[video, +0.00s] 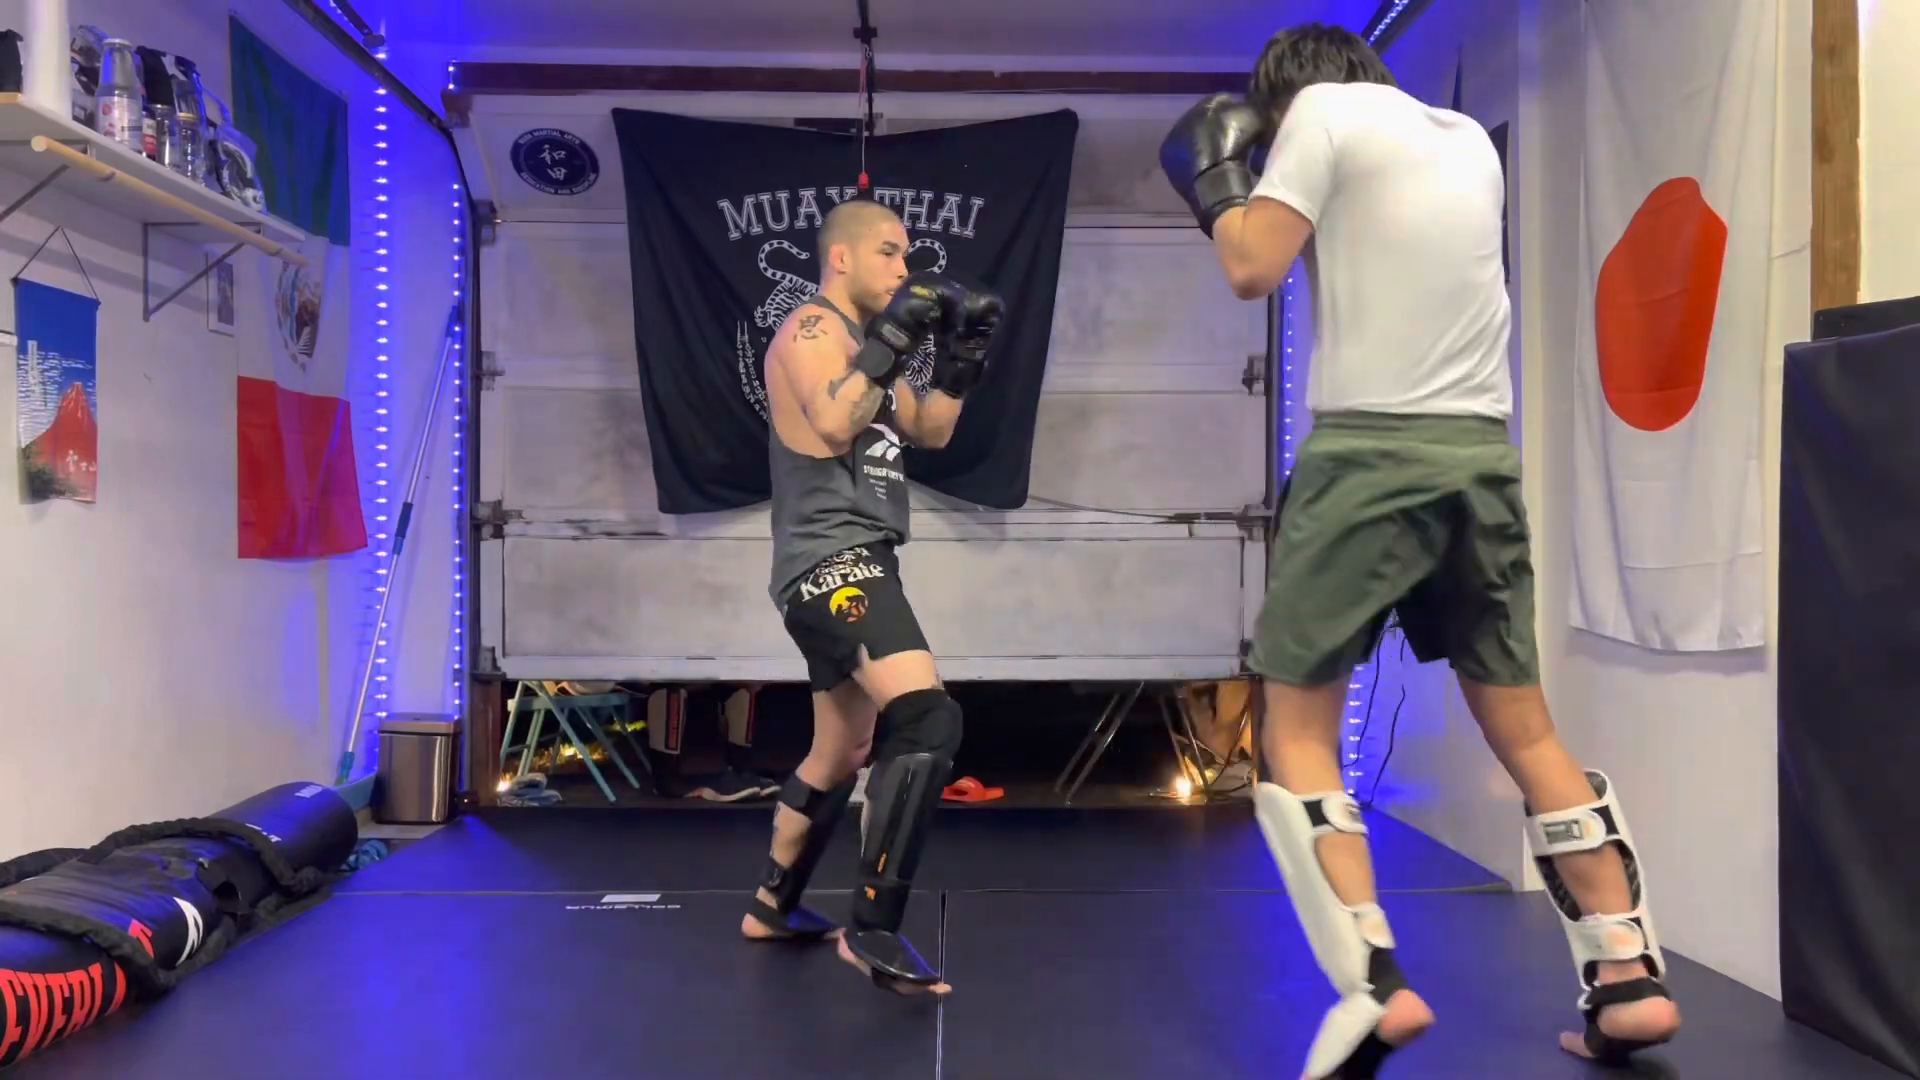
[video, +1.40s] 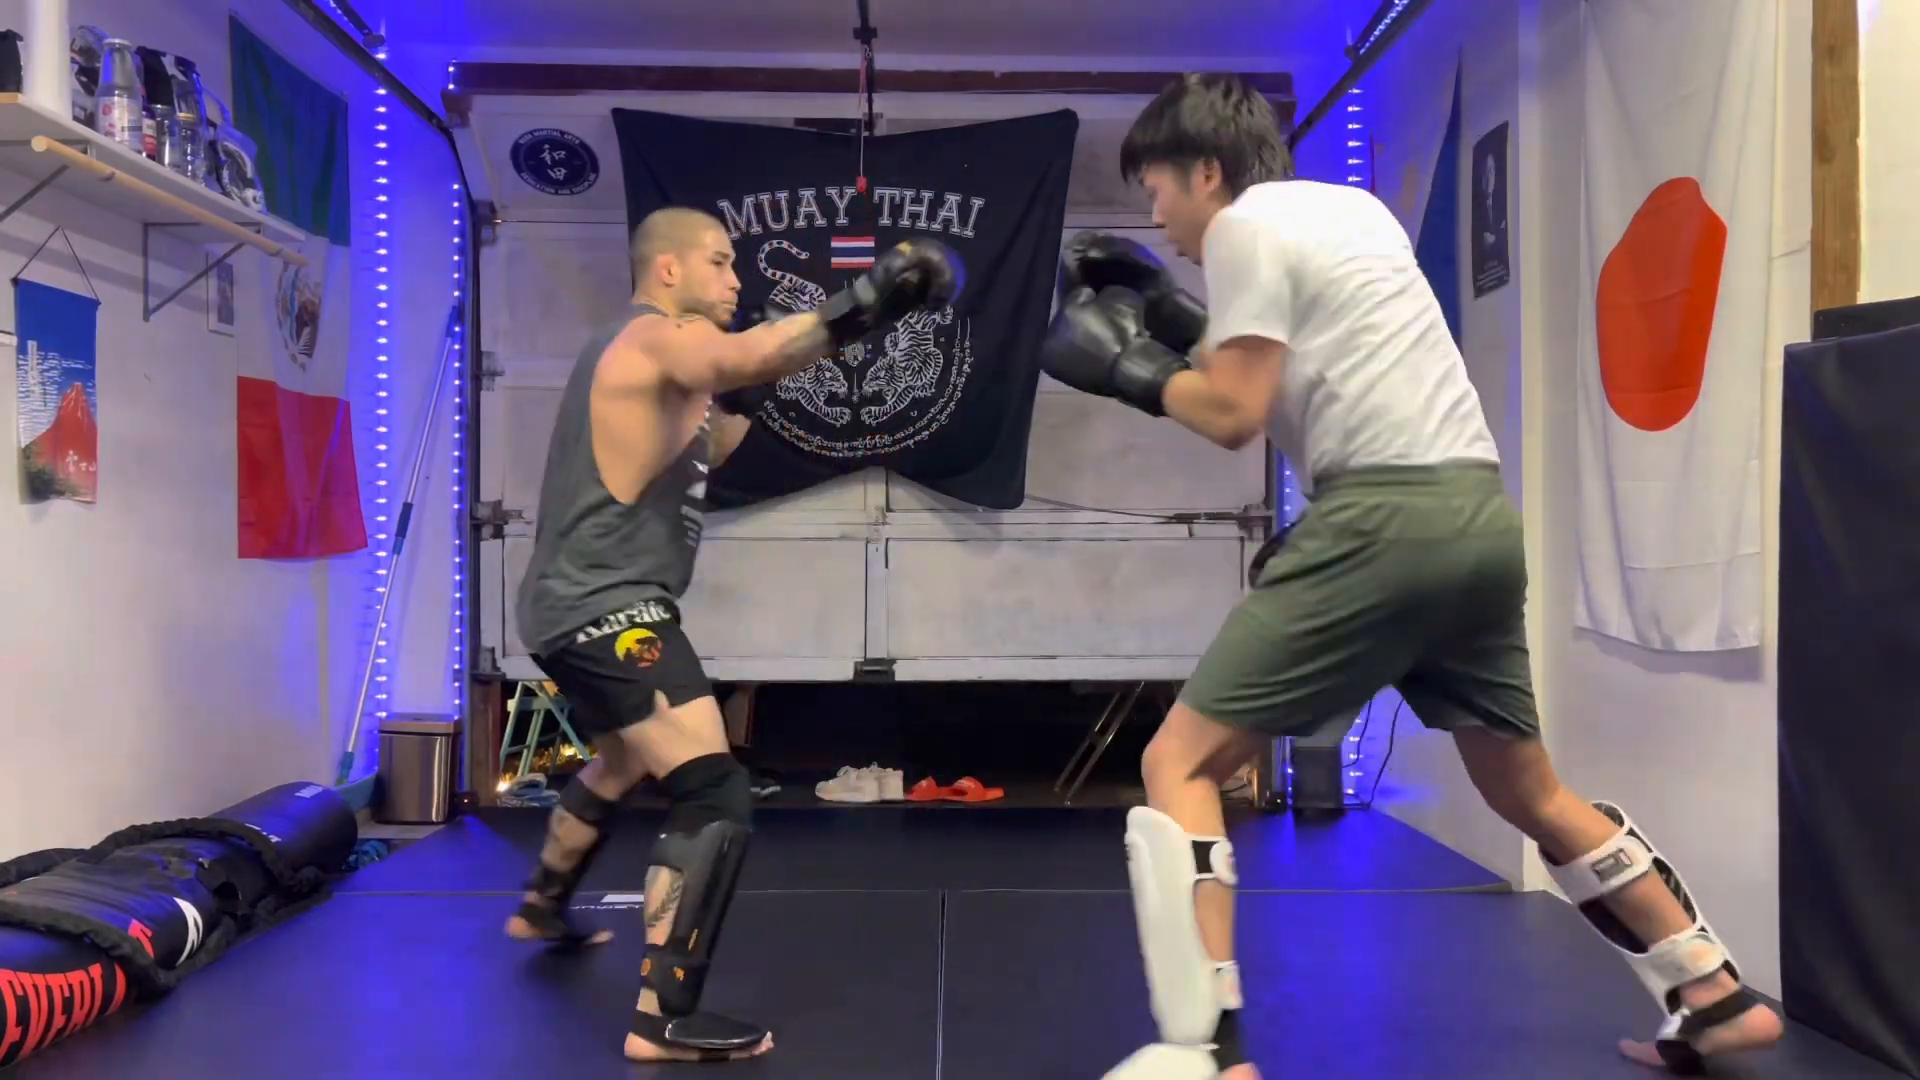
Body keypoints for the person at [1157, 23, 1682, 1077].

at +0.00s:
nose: (1274, 131)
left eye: (1273, 116)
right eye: (1273, 117)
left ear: (1292, 93)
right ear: (1372, 68)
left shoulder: (1320, 112)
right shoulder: (1471, 137)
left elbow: (1251, 262)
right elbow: (1397, 246)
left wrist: (1219, 174)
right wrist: (1281, 166)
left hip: (1366, 460)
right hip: (1483, 461)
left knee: (1302, 732)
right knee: (1527, 733)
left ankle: (1376, 980)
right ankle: (1628, 980)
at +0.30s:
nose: (1275, 179)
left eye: (1275, 164)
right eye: (1270, 166)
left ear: (1296, 135)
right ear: (1379, 111)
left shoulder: (1321, 154)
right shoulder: (1487, 163)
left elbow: (1166, 248)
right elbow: (1463, 297)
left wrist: (1072, 229)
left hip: (1430, 476)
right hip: (1551, 480)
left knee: (1288, 726)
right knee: (1535, 731)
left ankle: (1258, 991)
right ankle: (1647, 967)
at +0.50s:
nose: (1270, 216)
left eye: (1271, 199)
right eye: (1267, 204)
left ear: (1297, 178)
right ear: (1371, 153)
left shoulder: (1308, 207)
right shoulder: (1481, 206)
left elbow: (1186, 324)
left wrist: (1100, 300)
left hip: (1402, 525)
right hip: (1531, 525)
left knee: (1265, 756)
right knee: (1566, 763)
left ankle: (1242, 1016)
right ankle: (1678, 1009)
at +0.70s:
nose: (1196, 265)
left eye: (1189, 239)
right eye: (1184, 245)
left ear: (1232, 210)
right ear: (1274, 192)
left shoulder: (1290, 252)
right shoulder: (1396, 224)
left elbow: (1308, 427)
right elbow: (1382, 375)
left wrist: (1207, 381)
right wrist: (1264, 334)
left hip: (1421, 528)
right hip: (1526, 527)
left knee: (1248, 765)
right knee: (1514, 780)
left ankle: (1257, 1043)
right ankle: (1676, 999)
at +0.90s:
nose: (1177, 289)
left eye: (1170, 262)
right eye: (1169, 269)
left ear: (1201, 234)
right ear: (1261, 212)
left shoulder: (1246, 268)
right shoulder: (1374, 256)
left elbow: (1273, 432)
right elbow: (1354, 400)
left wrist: (1181, 405)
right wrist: (1222, 371)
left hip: (1389, 555)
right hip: (1504, 552)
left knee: (1192, 758)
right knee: (1538, 797)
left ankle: (1248, 1018)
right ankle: (1692, 1009)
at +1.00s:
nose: (1171, 244)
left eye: (1169, 227)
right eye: (1163, 234)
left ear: (1200, 202)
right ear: (1264, 179)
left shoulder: (1212, 234)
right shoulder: (1373, 226)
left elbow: (1136, 398)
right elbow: (1337, 357)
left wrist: (1088, 352)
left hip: (1323, 531)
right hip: (1461, 532)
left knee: (1157, 746)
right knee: (1530, 771)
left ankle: (1164, 998)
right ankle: (1645, 1003)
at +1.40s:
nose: (1154, 220)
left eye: (1155, 194)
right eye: (1148, 198)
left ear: (1207, 171)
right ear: (1248, 165)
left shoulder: (1250, 227)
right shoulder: (1362, 212)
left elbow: (1231, 413)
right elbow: (1302, 368)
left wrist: (1125, 372)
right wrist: (1181, 328)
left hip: (1380, 520)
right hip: (1483, 516)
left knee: (1179, 762)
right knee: (1530, 789)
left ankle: (1201, 1042)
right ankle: (1714, 994)